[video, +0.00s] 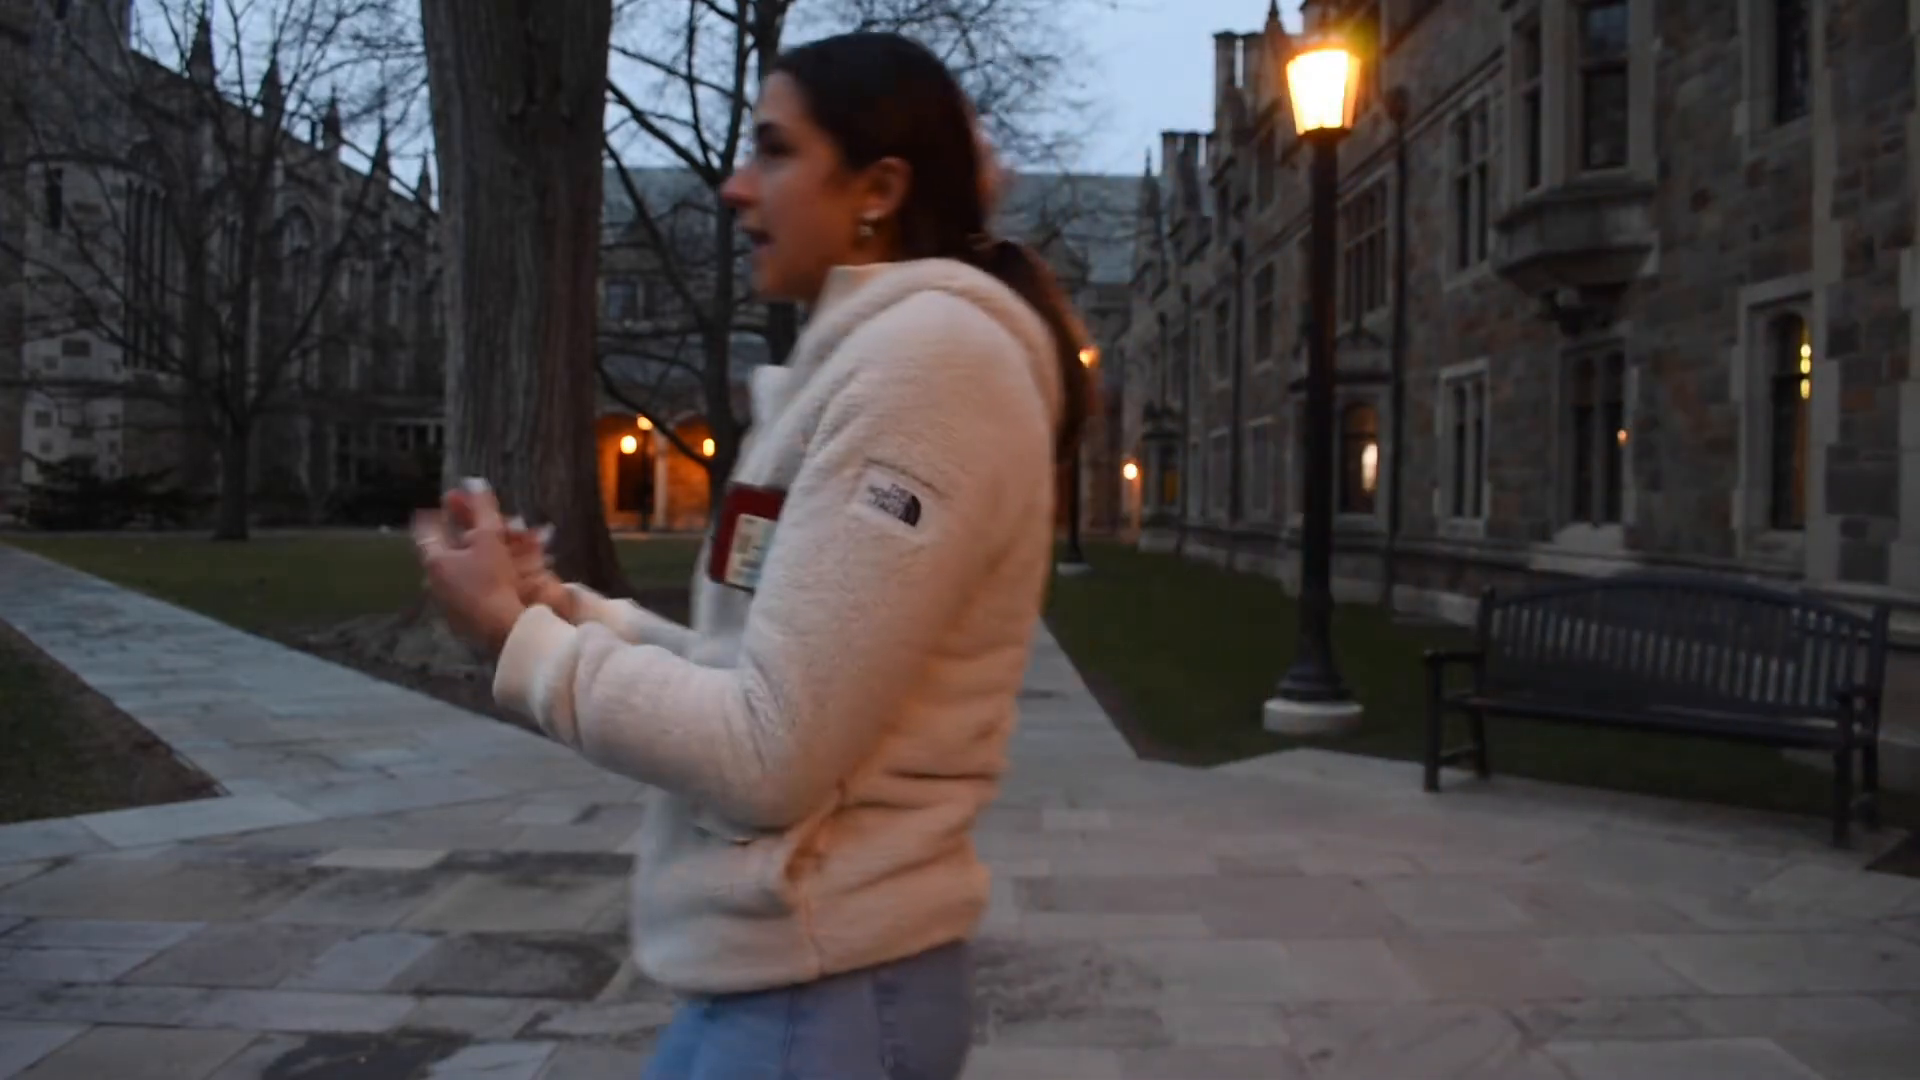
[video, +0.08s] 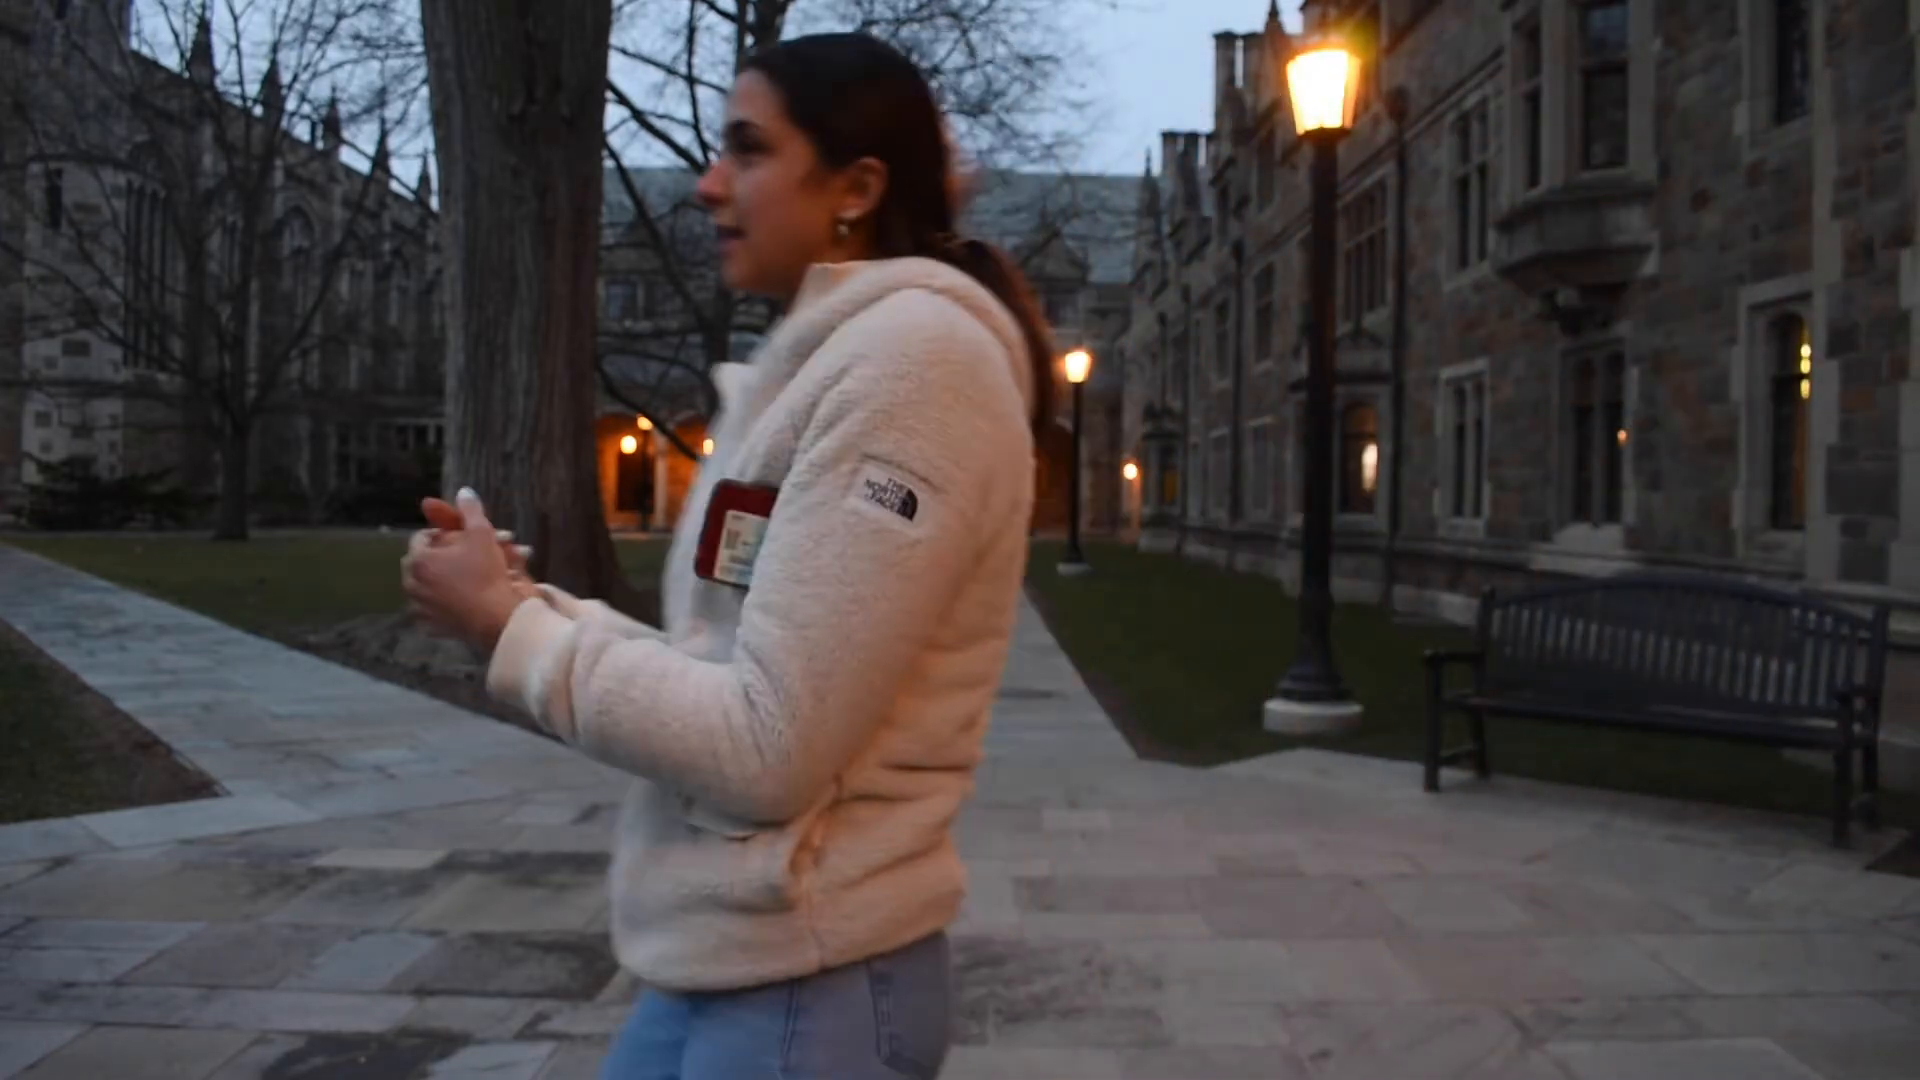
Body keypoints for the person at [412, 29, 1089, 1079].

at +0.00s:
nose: (736, 188)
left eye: (774, 151)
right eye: (750, 152)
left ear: (879, 188)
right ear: (864, 194)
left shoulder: (932, 357)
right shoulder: (869, 351)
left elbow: (770, 751)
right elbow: (758, 678)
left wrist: (515, 632)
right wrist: (554, 600)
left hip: (828, 1001)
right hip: (783, 984)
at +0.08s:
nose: (709, 186)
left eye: (747, 150)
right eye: (721, 151)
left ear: (856, 187)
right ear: (837, 194)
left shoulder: (918, 357)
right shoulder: (820, 352)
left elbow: (770, 746)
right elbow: (732, 676)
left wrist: (510, 625)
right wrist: (527, 604)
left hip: (814, 985)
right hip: (726, 968)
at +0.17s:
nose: (689, 185)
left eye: (731, 151)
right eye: (699, 151)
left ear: (842, 188)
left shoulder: (910, 357)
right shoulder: (760, 358)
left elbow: (777, 741)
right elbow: (709, 674)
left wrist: (500, 616)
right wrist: (503, 604)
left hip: (805, 971)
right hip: (675, 953)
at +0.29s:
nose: (675, 184)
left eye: (722, 154)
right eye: (679, 152)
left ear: (827, 197)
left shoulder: (904, 367)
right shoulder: (689, 374)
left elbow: (800, 733)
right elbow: (638, 697)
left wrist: (513, 617)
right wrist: (493, 616)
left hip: (787, 956)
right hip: (621, 941)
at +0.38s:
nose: (673, 181)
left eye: (722, 152)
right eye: (671, 149)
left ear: (817, 200)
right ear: (662, 171)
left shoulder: (900, 369)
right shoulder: (642, 376)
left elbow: (825, 722)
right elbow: (585, 710)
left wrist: (542, 619)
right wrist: (491, 621)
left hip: (784, 940)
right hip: (604, 933)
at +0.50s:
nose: (679, 179)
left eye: (729, 152)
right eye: (666, 145)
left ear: (808, 200)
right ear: (646, 173)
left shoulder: (896, 374)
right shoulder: (581, 374)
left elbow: (860, 709)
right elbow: (533, 712)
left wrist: (603, 613)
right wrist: (498, 617)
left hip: (797, 928)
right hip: (598, 924)